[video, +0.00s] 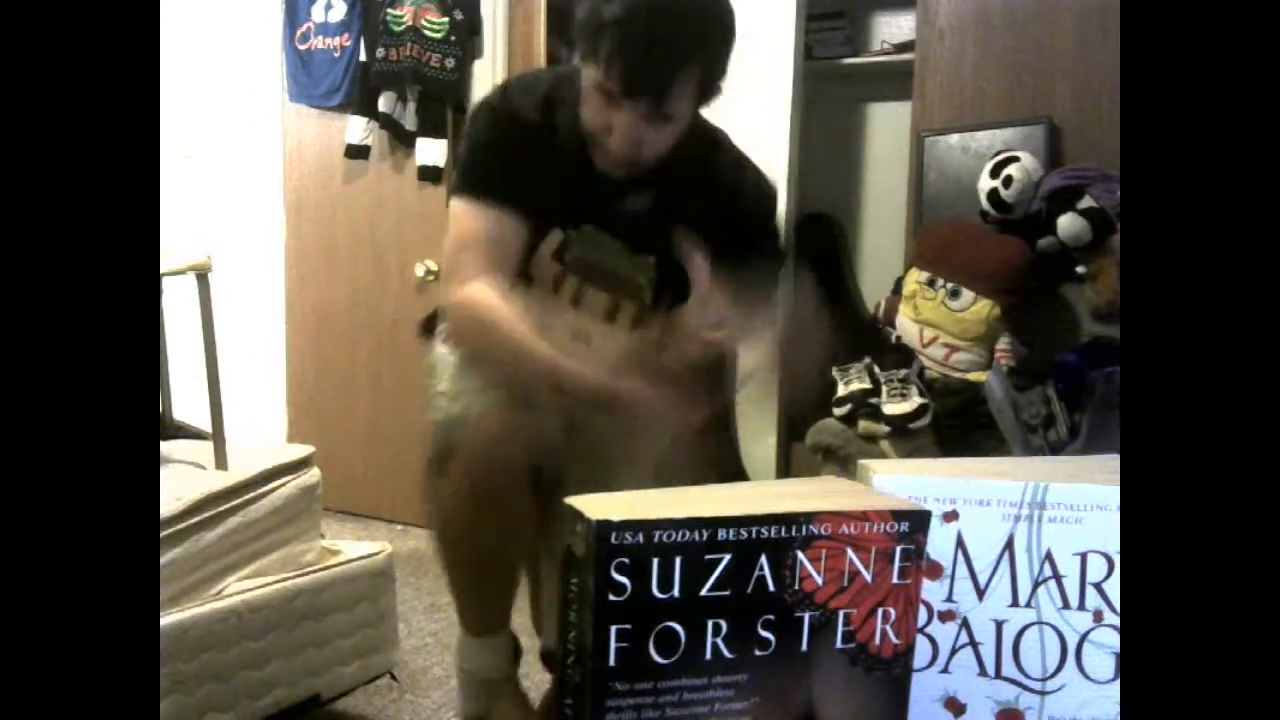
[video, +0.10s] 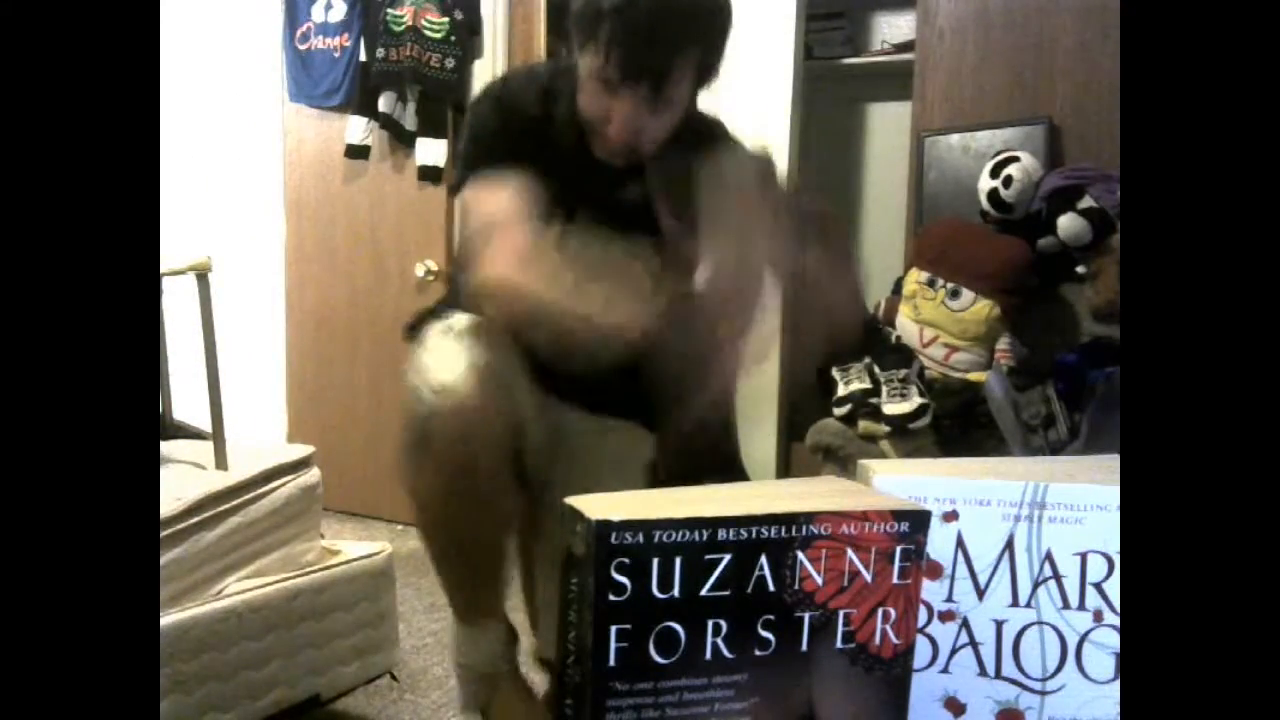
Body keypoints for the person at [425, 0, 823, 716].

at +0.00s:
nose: (622, 135)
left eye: (657, 117)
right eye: (605, 99)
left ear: (704, 96)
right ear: (580, 63)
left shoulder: (735, 193)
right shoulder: (515, 122)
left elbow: (732, 350)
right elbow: (468, 294)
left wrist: (708, 333)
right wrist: (618, 391)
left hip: (643, 385)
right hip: (511, 350)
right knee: (485, 437)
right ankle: (485, 672)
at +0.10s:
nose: (626, 122)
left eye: (658, 100)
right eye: (607, 86)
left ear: (698, 84)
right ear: (576, 51)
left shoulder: (716, 161)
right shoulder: (515, 110)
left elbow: (737, 286)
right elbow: (501, 272)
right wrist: (643, 322)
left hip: (620, 411)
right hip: (506, 376)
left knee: (581, 658)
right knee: (453, 379)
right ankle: (481, 642)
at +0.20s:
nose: (626, 122)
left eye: (658, 101)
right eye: (607, 86)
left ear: (698, 84)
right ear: (576, 51)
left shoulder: (715, 160)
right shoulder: (515, 110)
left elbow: (738, 284)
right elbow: (501, 272)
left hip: (620, 410)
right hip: (506, 375)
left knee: (581, 658)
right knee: (452, 379)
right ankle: (481, 642)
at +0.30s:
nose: (635, 95)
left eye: (665, 74)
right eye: (617, 65)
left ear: (706, 59)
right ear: (583, 30)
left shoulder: (706, 134)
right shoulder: (519, 94)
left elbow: (814, 228)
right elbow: (529, 215)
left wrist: (793, 180)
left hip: (643, 388)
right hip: (508, 369)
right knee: (436, 347)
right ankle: (473, 628)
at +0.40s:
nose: (648, 42)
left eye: (675, 26)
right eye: (643, 18)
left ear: (695, 25)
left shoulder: (679, 96)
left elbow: (766, 186)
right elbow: (503, 46)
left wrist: (769, 12)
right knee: (374, 220)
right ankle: (432, 537)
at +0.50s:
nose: (634, 27)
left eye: (660, 12)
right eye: (628, 5)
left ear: (678, 12)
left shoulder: (672, 89)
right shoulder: (488, 21)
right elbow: (465, 35)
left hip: (550, 317)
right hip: (422, 256)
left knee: (553, 619)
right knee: (383, 187)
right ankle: (410, 530)